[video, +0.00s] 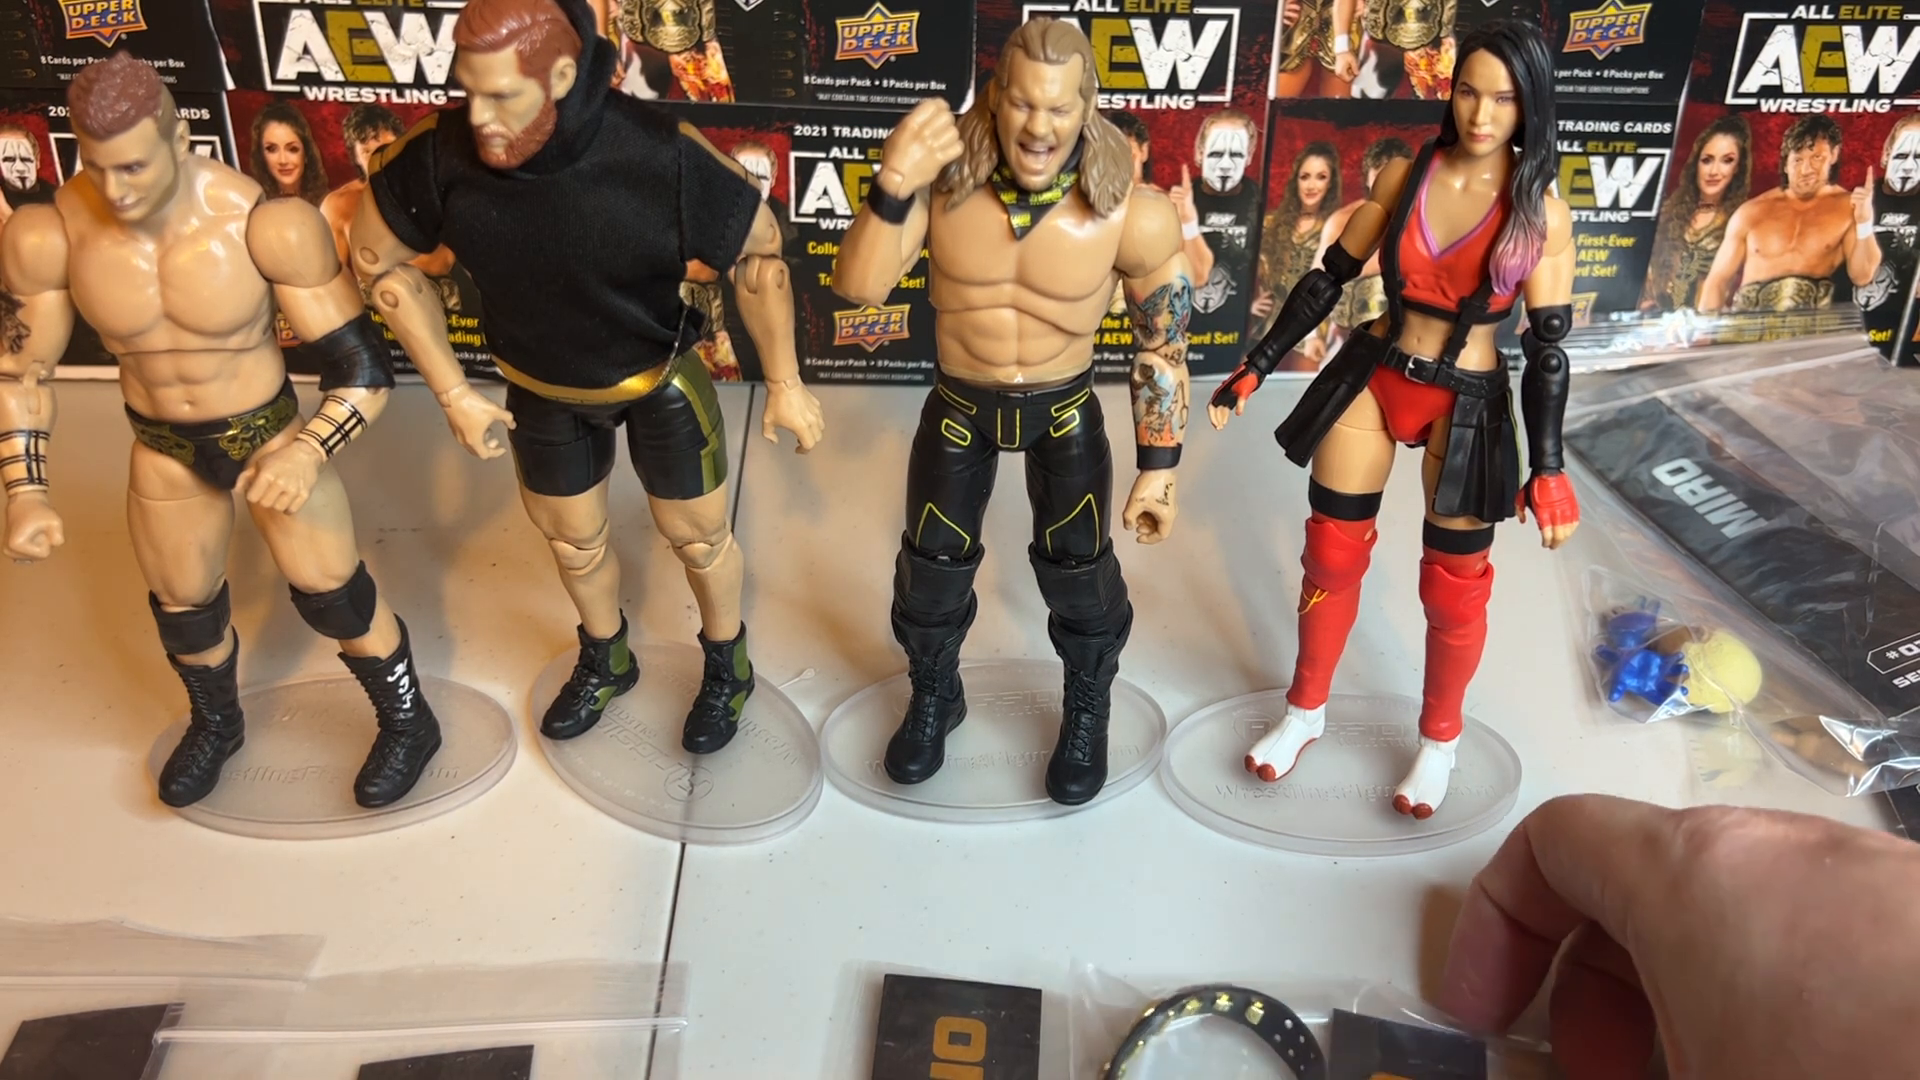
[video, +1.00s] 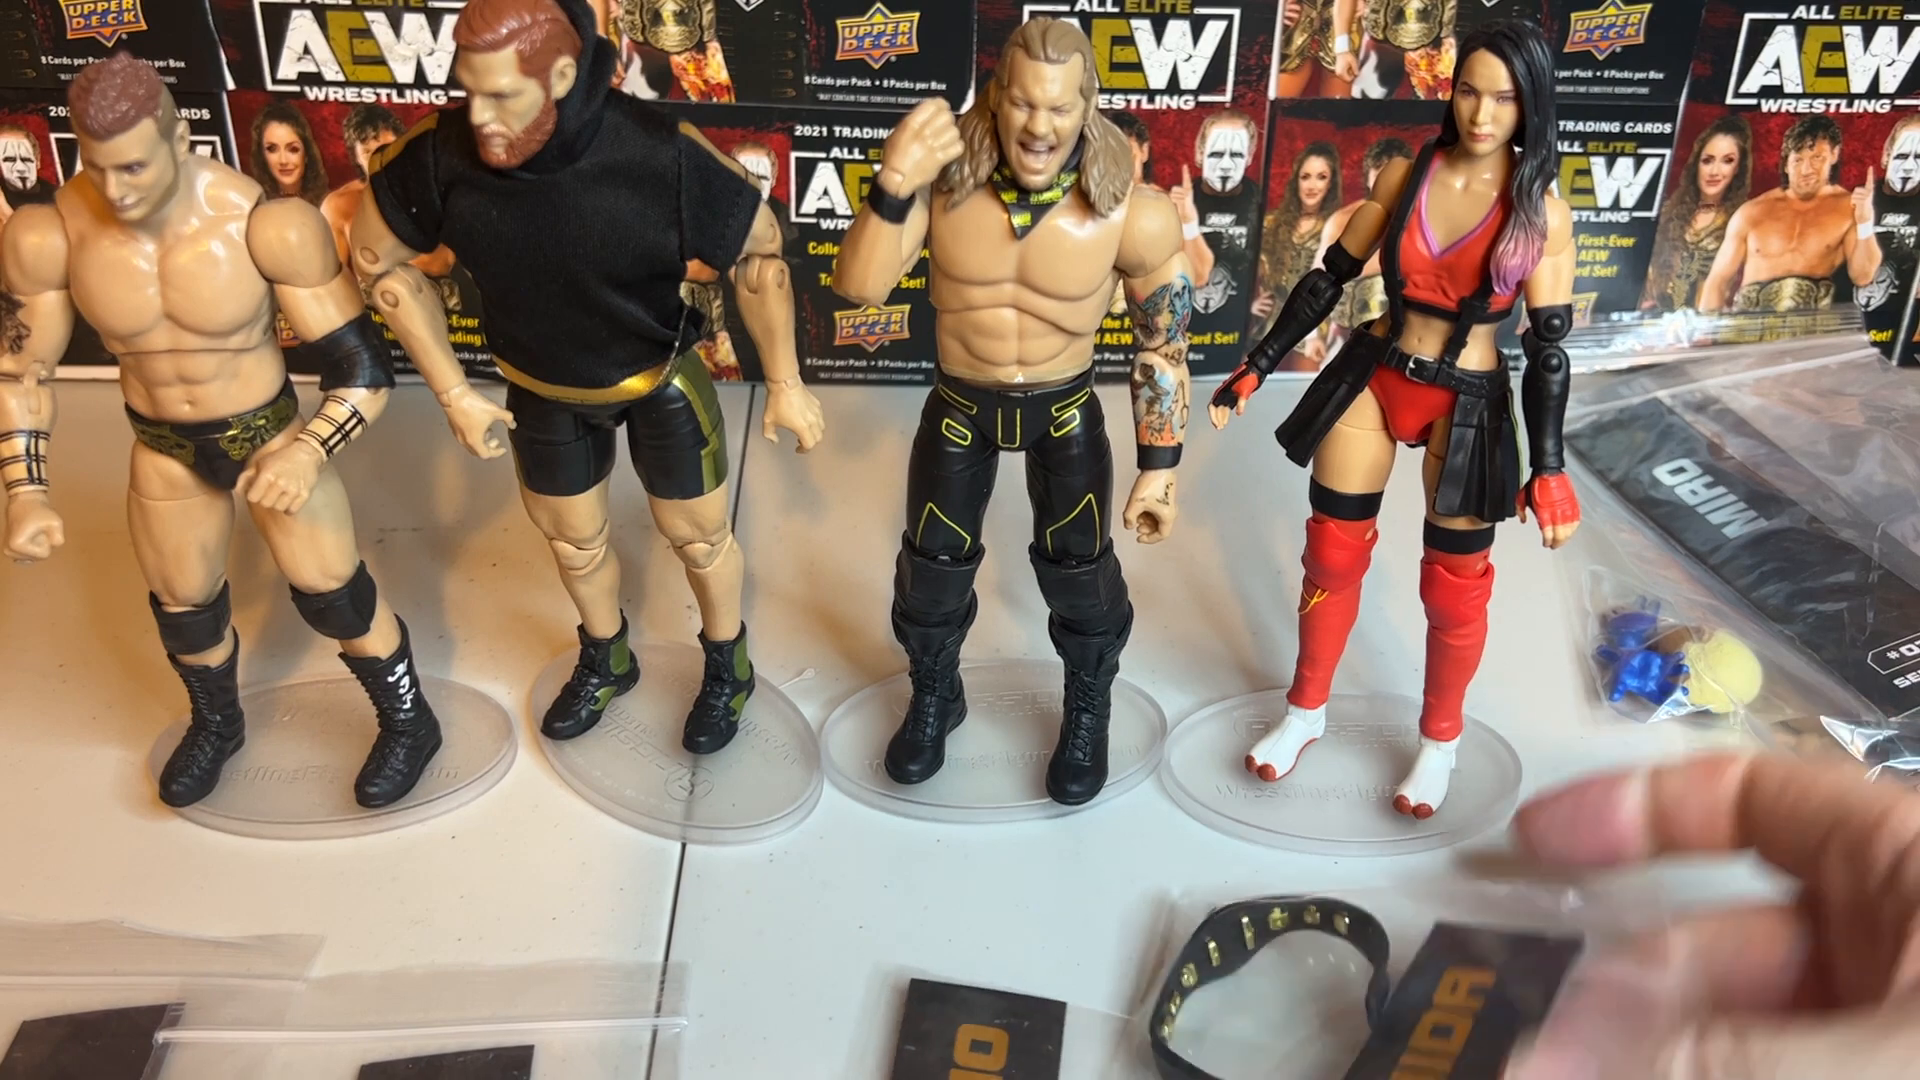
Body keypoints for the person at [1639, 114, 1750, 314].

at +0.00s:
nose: (1714, 171)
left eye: (1727, 160)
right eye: (1706, 160)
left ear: (1739, 167)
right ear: (1695, 163)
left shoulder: (1742, 219)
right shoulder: (1671, 212)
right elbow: (1653, 266)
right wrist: (1649, 299)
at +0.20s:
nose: (1714, 171)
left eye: (1727, 160)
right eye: (1706, 159)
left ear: (1739, 167)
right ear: (1695, 163)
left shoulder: (1742, 219)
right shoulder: (1670, 211)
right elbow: (1653, 266)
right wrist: (1649, 299)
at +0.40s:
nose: (1714, 171)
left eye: (1727, 160)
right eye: (1706, 159)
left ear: (1739, 167)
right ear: (1695, 163)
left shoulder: (1743, 218)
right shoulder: (1670, 211)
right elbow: (1653, 266)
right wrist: (1649, 299)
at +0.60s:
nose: (1714, 171)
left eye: (1728, 161)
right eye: (1707, 160)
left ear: (1739, 168)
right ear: (1695, 163)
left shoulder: (1743, 218)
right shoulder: (1672, 211)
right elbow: (1655, 265)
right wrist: (1650, 299)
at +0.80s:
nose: (1715, 171)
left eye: (1728, 161)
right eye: (1707, 160)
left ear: (1740, 168)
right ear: (1696, 164)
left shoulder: (1743, 219)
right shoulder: (1671, 212)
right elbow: (1654, 266)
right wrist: (1650, 299)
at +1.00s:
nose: (1715, 171)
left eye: (1727, 161)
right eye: (1707, 160)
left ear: (1739, 168)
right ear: (1695, 164)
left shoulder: (1743, 219)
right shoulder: (1671, 212)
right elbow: (1655, 268)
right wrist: (1650, 300)